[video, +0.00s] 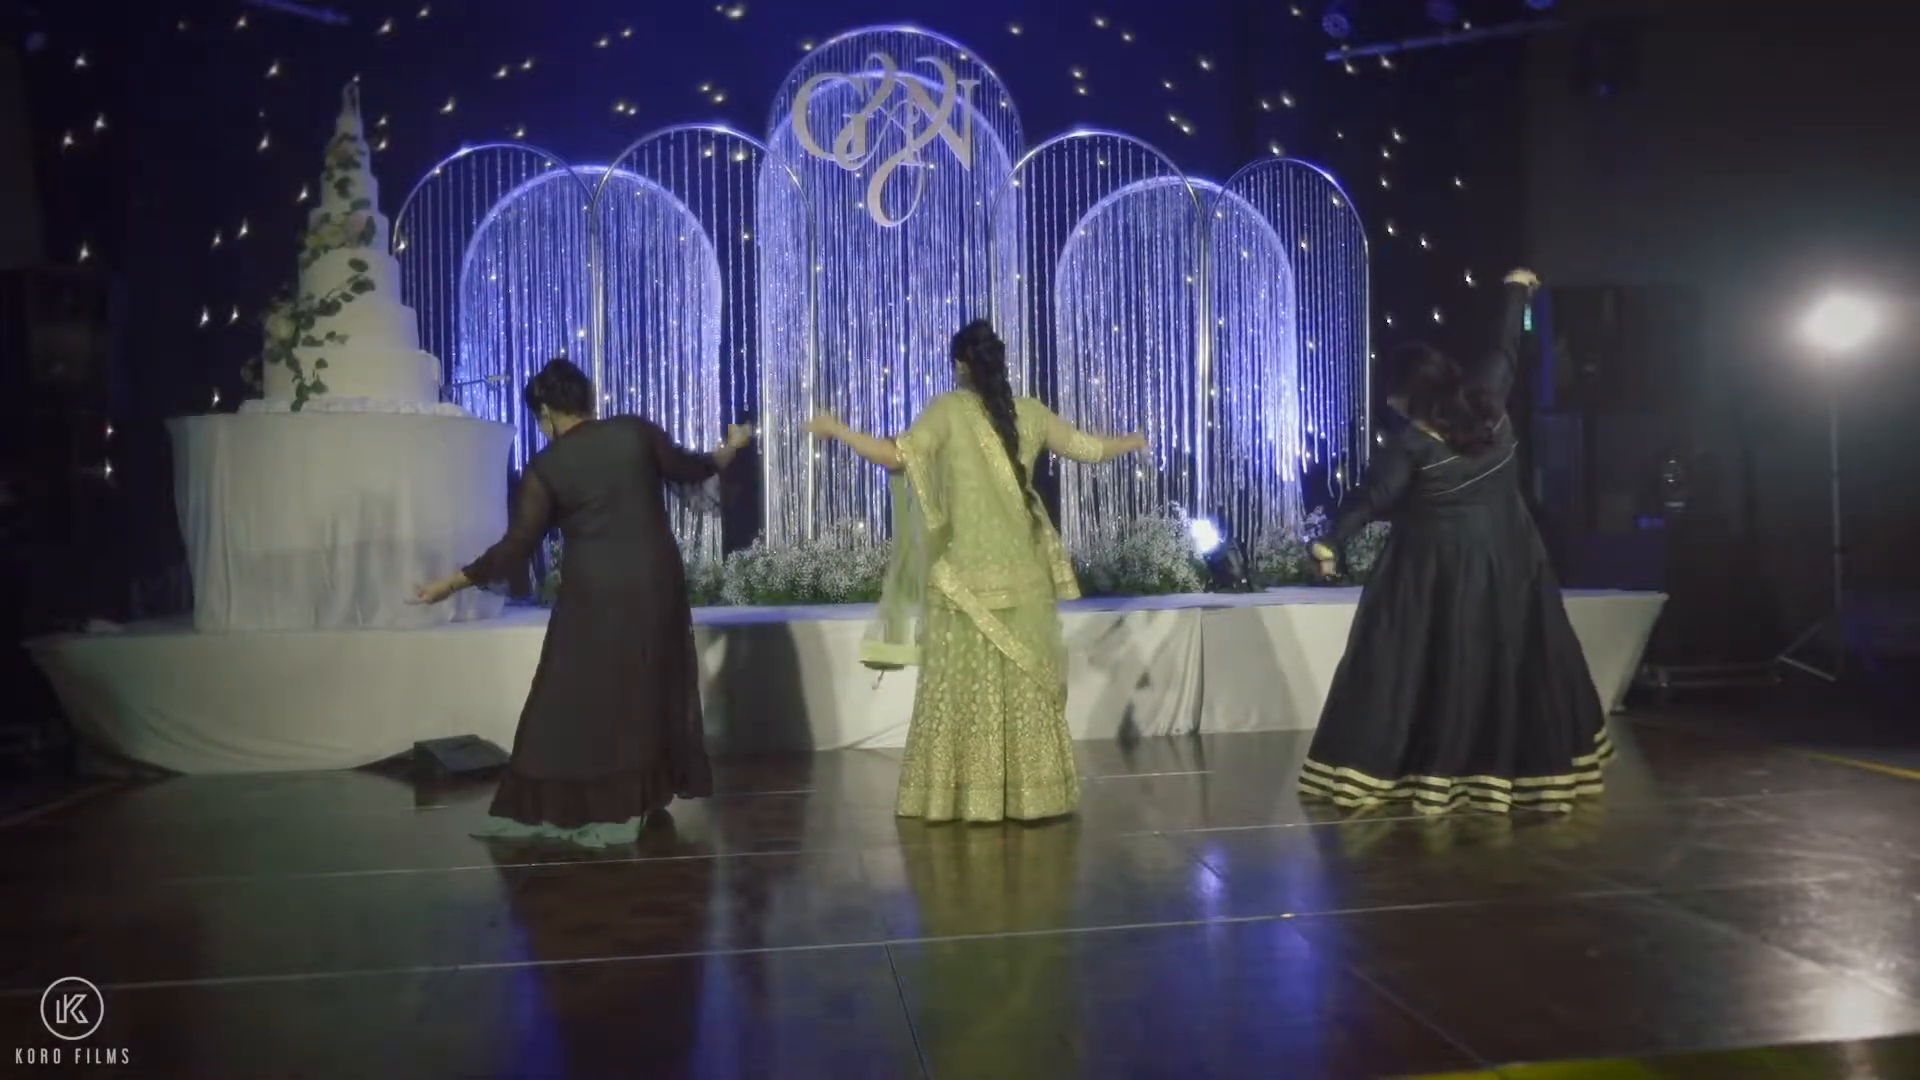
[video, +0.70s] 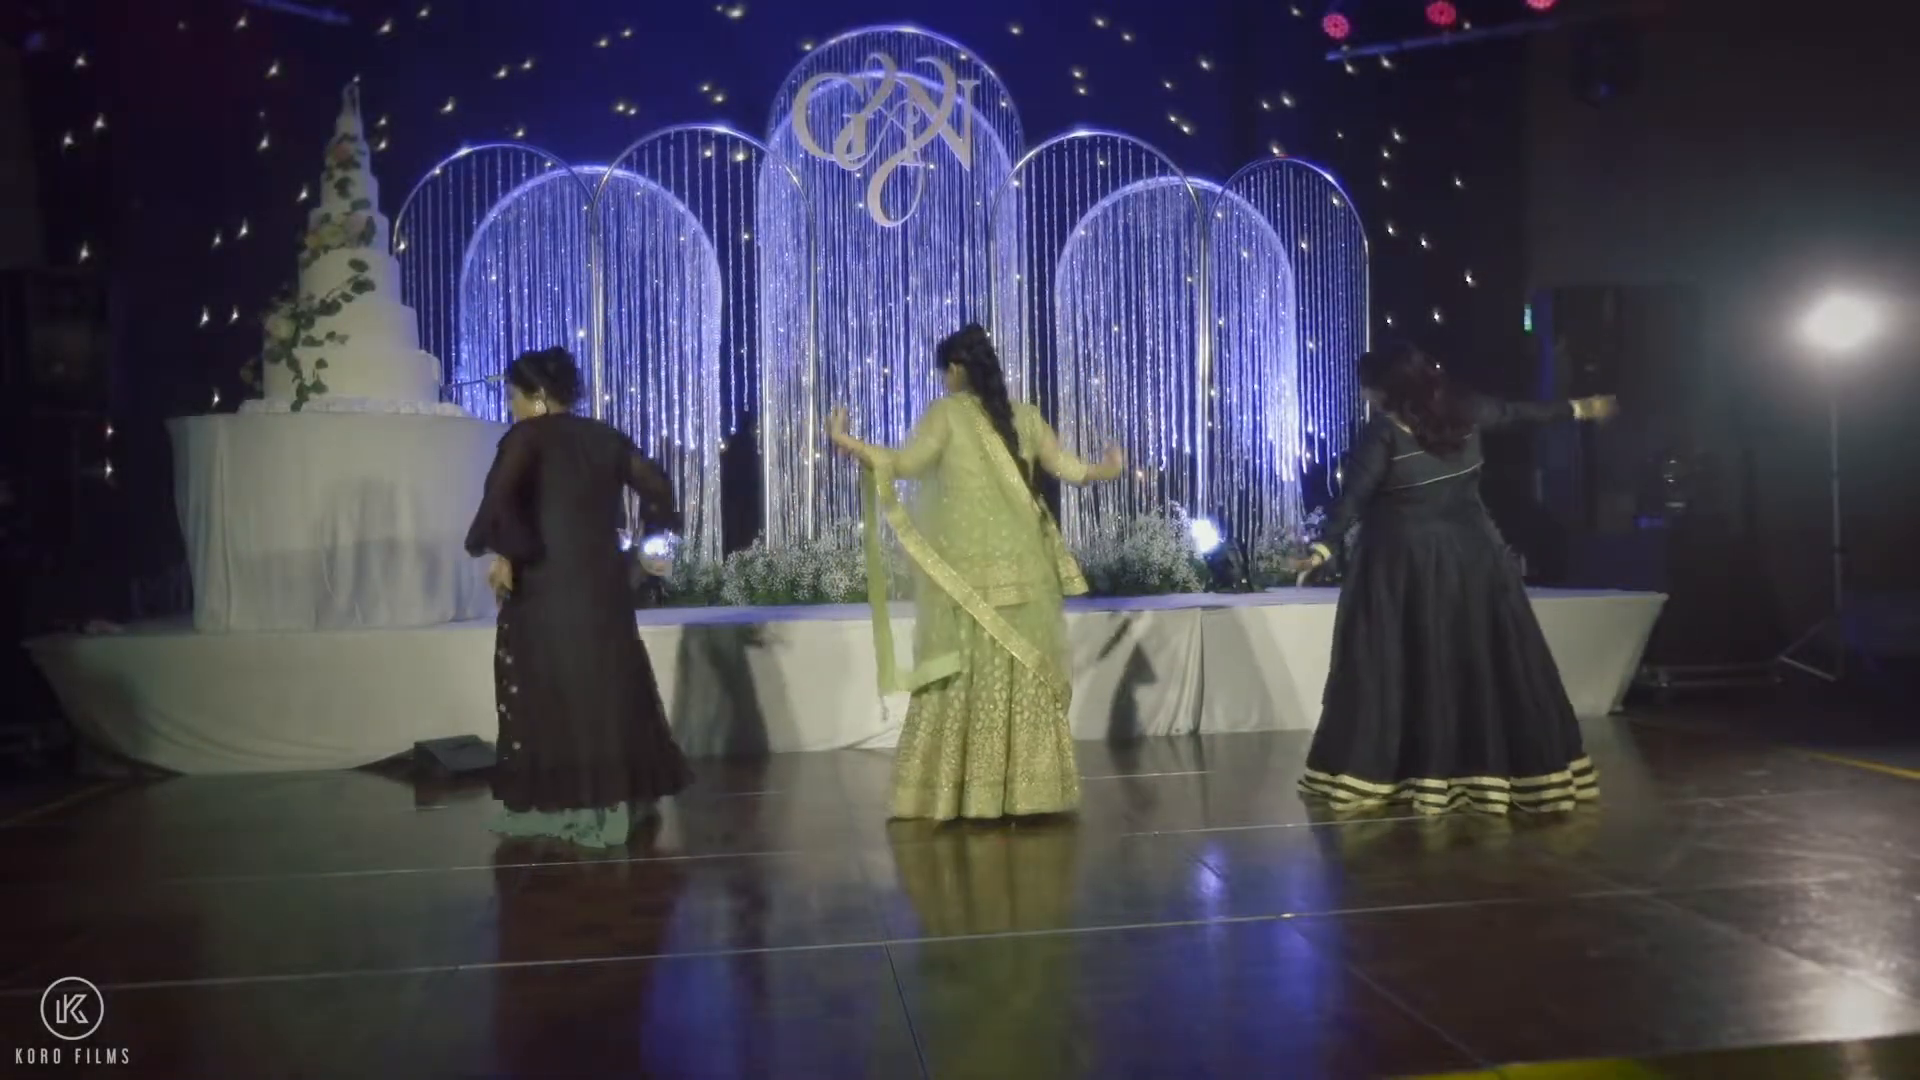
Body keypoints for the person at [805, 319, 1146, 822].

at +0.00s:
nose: (954, 368)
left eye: (954, 361)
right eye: (959, 360)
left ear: (960, 363)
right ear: (998, 360)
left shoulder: (946, 409)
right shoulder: (1028, 412)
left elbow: (895, 456)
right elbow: (1088, 448)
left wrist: (837, 431)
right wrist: (1128, 442)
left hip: (966, 576)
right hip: (1027, 574)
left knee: (966, 691)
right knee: (1030, 686)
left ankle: (969, 797)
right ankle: (1032, 795)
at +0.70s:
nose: (943, 378)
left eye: (945, 370)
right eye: (944, 370)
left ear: (959, 369)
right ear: (988, 367)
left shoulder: (946, 412)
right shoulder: (1024, 416)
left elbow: (908, 462)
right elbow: (1069, 468)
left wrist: (844, 442)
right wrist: (1110, 469)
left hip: (966, 573)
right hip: (1026, 572)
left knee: (968, 686)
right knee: (1029, 683)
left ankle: (970, 796)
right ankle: (1028, 795)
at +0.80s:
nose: (940, 377)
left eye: (942, 369)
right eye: (941, 369)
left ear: (957, 368)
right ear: (985, 367)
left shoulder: (945, 411)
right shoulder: (1018, 416)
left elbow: (919, 469)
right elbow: (1056, 483)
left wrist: (857, 460)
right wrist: (1068, 503)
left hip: (968, 573)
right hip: (1025, 571)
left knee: (967, 686)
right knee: (1028, 682)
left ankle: (971, 795)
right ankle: (1029, 794)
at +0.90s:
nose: (931, 376)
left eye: (934, 368)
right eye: (931, 368)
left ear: (955, 366)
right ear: (970, 366)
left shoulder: (948, 409)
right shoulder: (995, 413)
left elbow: (933, 469)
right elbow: (1031, 486)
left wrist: (869, 469)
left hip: (969, 570)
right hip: (1013, 566)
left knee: (967, 681)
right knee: (1012, 681)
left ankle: (966, 795)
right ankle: (1014, 795)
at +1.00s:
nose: (928, 373)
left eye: (933, 365)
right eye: (929, 365)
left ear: (954, 367)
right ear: (964, 367)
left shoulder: (955, 409)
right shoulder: (976, 409)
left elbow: (950, 465)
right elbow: (962, 469)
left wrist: (903, 463)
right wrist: (914, 463)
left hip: (967, 567)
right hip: (990, 564)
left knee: (969, 676)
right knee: (993, 676)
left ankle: (972, 792)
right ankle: (1001, 791)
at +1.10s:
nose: (921, 373)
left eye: (927, 364)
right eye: (921, 364)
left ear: (952, 366)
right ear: (949, 367)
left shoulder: (969, 410)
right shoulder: (945, 417)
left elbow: (987, 459)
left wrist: (950, 460)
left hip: (973, 571)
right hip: (945, 569)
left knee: (976, 678)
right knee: (949, 678)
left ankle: (981, 792)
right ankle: (951, 789)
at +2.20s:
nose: (978, 377)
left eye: (987, 368)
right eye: (969, 369)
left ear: (999, 373)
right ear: (956, 375)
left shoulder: (1021, 426)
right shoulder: (937, 423)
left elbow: (1046, 498)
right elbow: (880, 471)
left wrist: (1009, 509)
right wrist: (896, 531)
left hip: (1007, 564)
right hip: (947, 564)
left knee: (1013, 672)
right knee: (946, 673)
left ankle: (1016, 784)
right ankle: (945, 788)